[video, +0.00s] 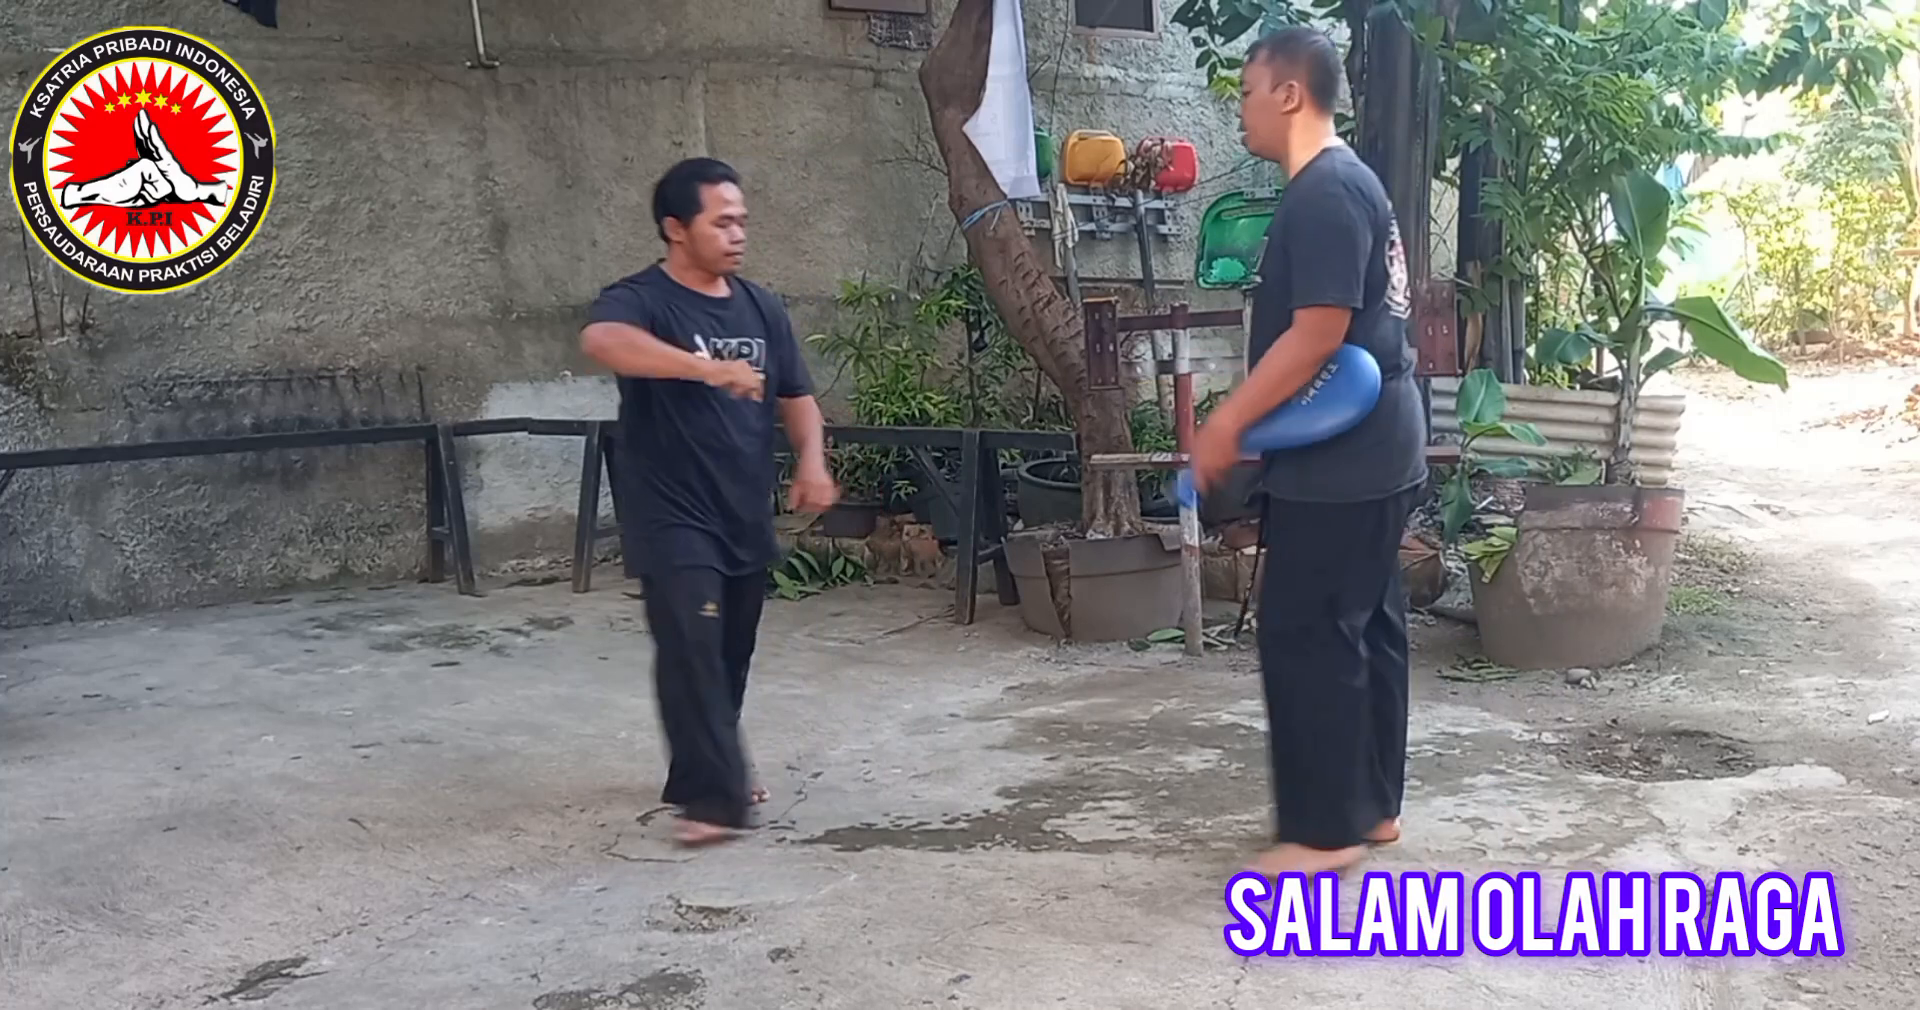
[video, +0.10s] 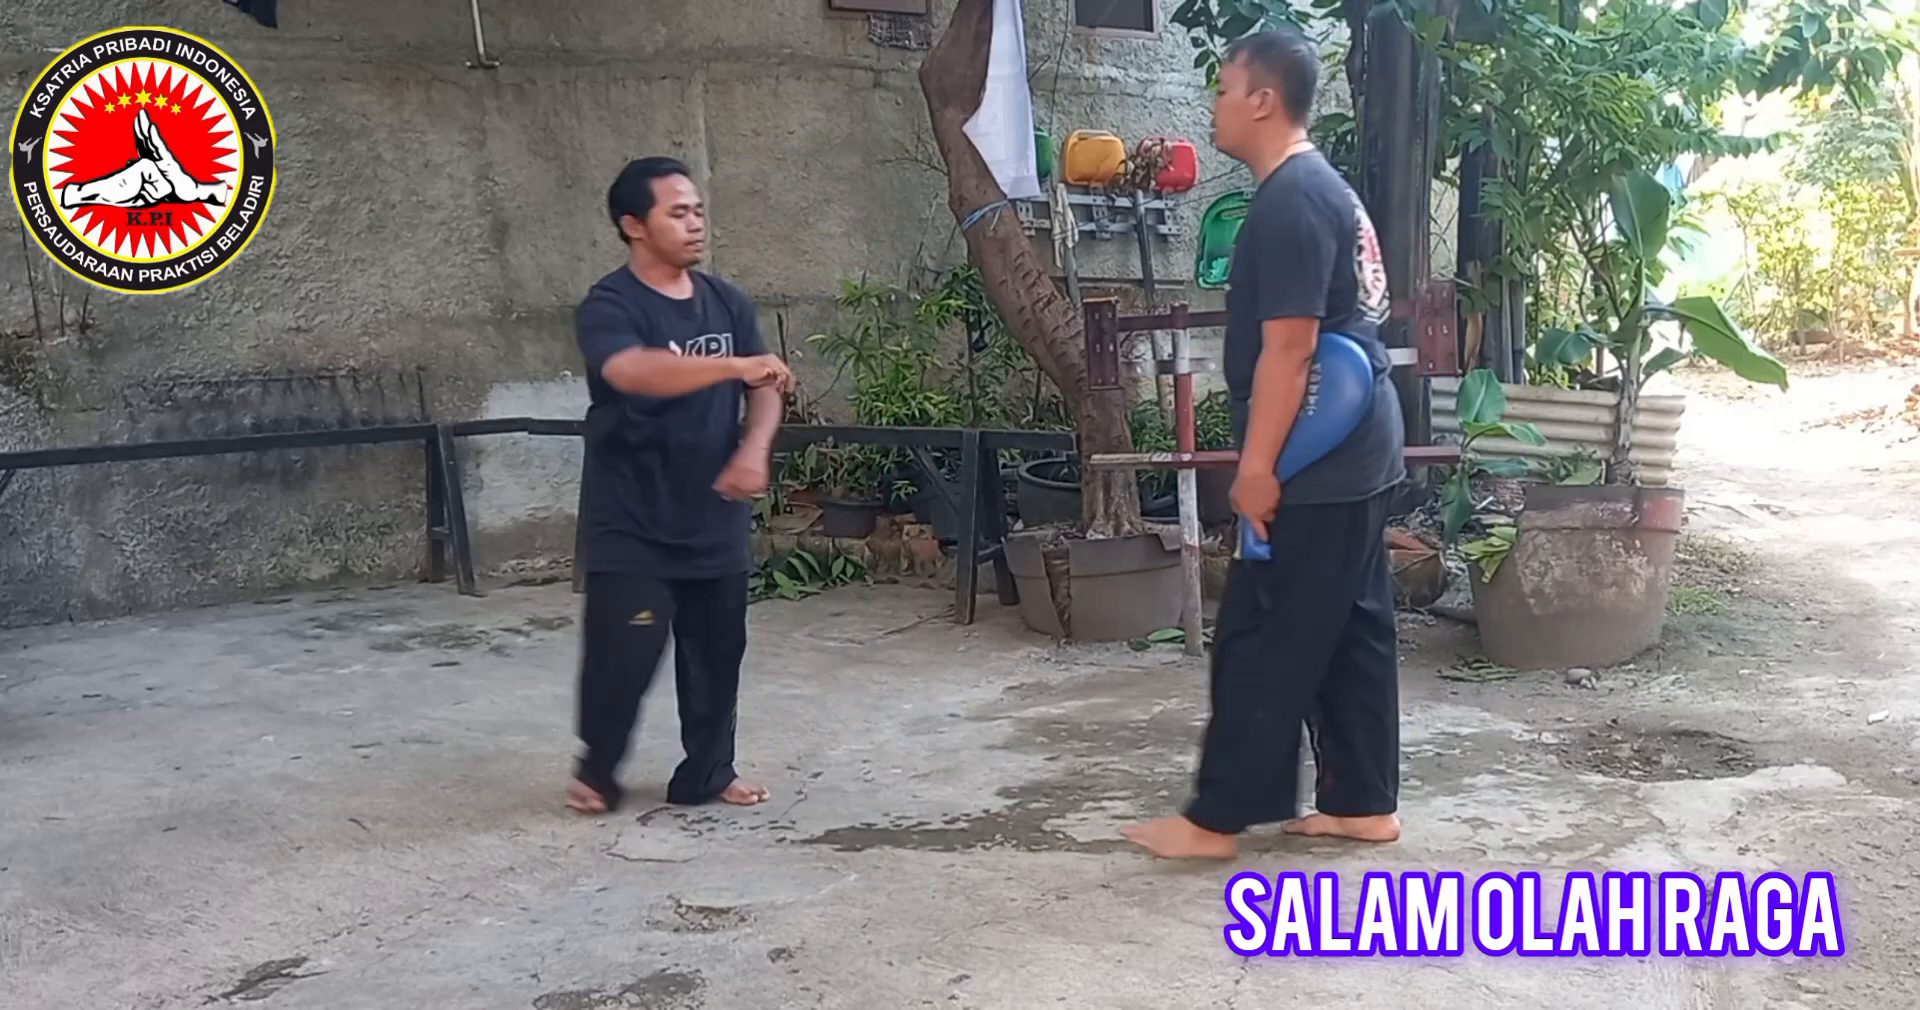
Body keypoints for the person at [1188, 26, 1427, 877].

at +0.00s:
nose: (1241, 111)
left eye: (1247, 93)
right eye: (1243, 94)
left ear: (1288, 92)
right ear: (1307, 95)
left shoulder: (1322, 189)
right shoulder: (1350, 178)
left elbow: (1319, 331)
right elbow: (1341, 330)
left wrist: (1227, 421)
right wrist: (1245, 418)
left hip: (1335, 461)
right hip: (1375, 455)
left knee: (1305, 635)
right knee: (1369, 628)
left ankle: (1322, 836)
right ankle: (1373, 807)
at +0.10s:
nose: (1213, 107)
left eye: (1223, 91)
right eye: (1218, 90)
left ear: (1264, 100)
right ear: (1280, 102)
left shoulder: (1290, 198)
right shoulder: (1321, 187)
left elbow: (1290, 346)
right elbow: (1330, 337)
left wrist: (1257, 465)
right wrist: (1282, 451)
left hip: (1312, 463)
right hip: (1353, 458)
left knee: (1260, 636)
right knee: (1355, 637)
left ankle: (1219, 819)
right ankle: (1364, 805)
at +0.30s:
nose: (1152, 124)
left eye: (1161, 108)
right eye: (1156, 108)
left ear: (1200, 117)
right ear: (1216, 118)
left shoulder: (1229, 212)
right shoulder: (1266, 200)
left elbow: (1226, 363)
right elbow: (1267, 348)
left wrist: (1165, 481)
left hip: (1248, 482)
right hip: (1301, 473)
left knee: (1200, 657)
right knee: (1319, 644)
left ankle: (1161, 822)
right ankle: (1357, 802)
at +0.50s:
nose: (1055, 141)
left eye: (1064, 126)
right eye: (1057, 125)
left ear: (1104, 131)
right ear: (1126, 132)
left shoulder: (1137, 220)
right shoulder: (1180, 201)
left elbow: (1128, 378)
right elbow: (1192, 349)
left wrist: (1062, 476)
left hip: (1178, 468)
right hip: (1223, 458)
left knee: (1158, 645)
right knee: (1199, 624)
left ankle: (1163, 823)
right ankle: (1257, 747)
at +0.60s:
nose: (1025, 148)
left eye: (1034, 132)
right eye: (1026, 132)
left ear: (1075, 136)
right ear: (1087, 136)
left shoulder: (1117, 223)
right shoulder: (1135, 204)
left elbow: (1114, 378)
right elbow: (1135, 358)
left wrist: (1038, 466)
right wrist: (1087, 444)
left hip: (1167, 467)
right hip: (1169, 461)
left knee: (1155, 643)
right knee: (1143, 634)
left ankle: (1163, 825)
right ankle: (1151, 793)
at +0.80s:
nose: (980, 161)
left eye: (989, 145)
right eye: (980, 146)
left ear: (1038, 147)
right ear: (1032, 150)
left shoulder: (1101, 226)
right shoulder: (1039, 241)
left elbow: (1107, 368)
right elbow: (1072, 364)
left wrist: (1009, 439)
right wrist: (1049, 451)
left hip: (1156, 458)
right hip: (1097, 460)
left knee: (1154, 640)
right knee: (1088, 626)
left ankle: (1160, 823)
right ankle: (1064, 777)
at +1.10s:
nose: (930, 217)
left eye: (931, 198)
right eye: (925, 203)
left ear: (975, 177)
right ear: (965, 184)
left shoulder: (1067, 233)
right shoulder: (991, 278)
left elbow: (1115, 358)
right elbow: (1016, 392)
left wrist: (1114, 476)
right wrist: (1014, 486)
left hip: (1162, 465)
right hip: (1080, 480)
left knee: (1210, 630)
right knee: (1078, 627)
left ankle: (1269, 796)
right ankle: (1067, 779)